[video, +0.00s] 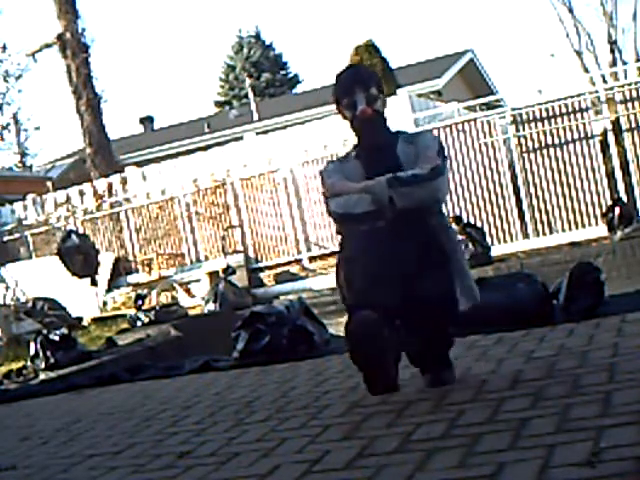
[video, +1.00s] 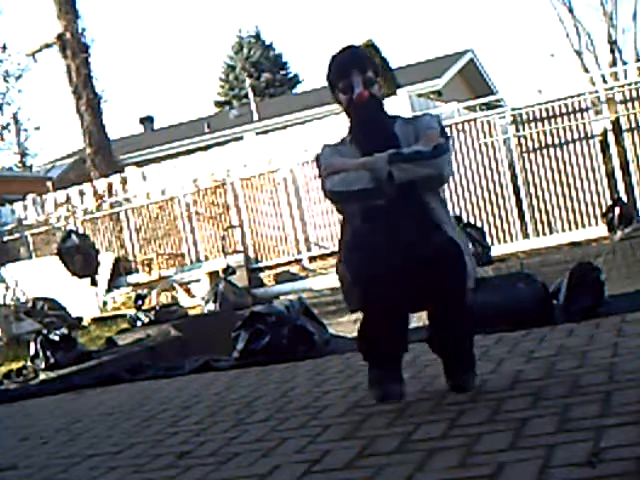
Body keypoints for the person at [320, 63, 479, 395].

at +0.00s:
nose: (364, 110)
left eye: (370, 99)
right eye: (352, 103)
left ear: (383, 99)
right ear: (341, 110)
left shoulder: (421, 143)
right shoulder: (337, 171)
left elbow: (435, 188)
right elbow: (340, 210)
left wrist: (359, 188)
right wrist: (404, 194)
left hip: (428, 264)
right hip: (370, 275)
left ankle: (436, 360)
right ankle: (377, 368)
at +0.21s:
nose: (355, 102)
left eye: (361, 90)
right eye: (343, 95)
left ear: (374, 92)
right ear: (331, 103)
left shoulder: (411, 139)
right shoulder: (326, 166)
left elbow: (429, 179)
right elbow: (330, 207)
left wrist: (350, 183)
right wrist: (399, 185)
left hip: (424, 244)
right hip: (369, 260)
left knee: (439, 266)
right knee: (375, 292)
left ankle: (448, 355)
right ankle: (398, 370)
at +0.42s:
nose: (361, 112)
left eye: (368, 101)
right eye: (348, 106)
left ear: (379, 103)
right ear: (336, 114)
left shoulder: (414, 153)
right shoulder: (323, 178)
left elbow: (430, 200)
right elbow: (341, 234)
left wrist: (353, 207)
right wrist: (407, 215)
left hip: (433, 263)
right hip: (376, 280)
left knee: (459, 290)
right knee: (397, 310)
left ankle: (475, 335)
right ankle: (401, 373)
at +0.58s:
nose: (369, 91)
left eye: (377, 80)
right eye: (357, 84)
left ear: (389, 80)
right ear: (344, 91)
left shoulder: (420, 128)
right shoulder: (330, 149)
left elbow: (433, 171)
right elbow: (334, 197)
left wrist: (354, 169)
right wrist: (408, 170)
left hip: (430, 232)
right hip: (374, 247)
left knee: (441, 252)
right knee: (391, 278)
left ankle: (462, 347)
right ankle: (395, 357)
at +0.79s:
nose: (382, 120)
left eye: (390, 107)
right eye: (369, 112)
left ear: (402, 108)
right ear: (357, 119)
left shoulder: (442, 158)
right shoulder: (353, 181)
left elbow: (456, 209)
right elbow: (356, 227)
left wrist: (377, 205)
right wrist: (432, 210)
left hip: (455, 276)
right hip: (393, 293)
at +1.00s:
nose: (361, 94)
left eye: (367, 83)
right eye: (348, 88)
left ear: (381, 83)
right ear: (337, 97)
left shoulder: (422, 126)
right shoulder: (333, 154)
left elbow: (440, 166)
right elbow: (337, 190)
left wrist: (374, 167)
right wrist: (407, 173)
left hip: (432, 242)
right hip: (375, 255)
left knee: (448, 275)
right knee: (383, 294)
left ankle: (460, 369)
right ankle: (387, 378)